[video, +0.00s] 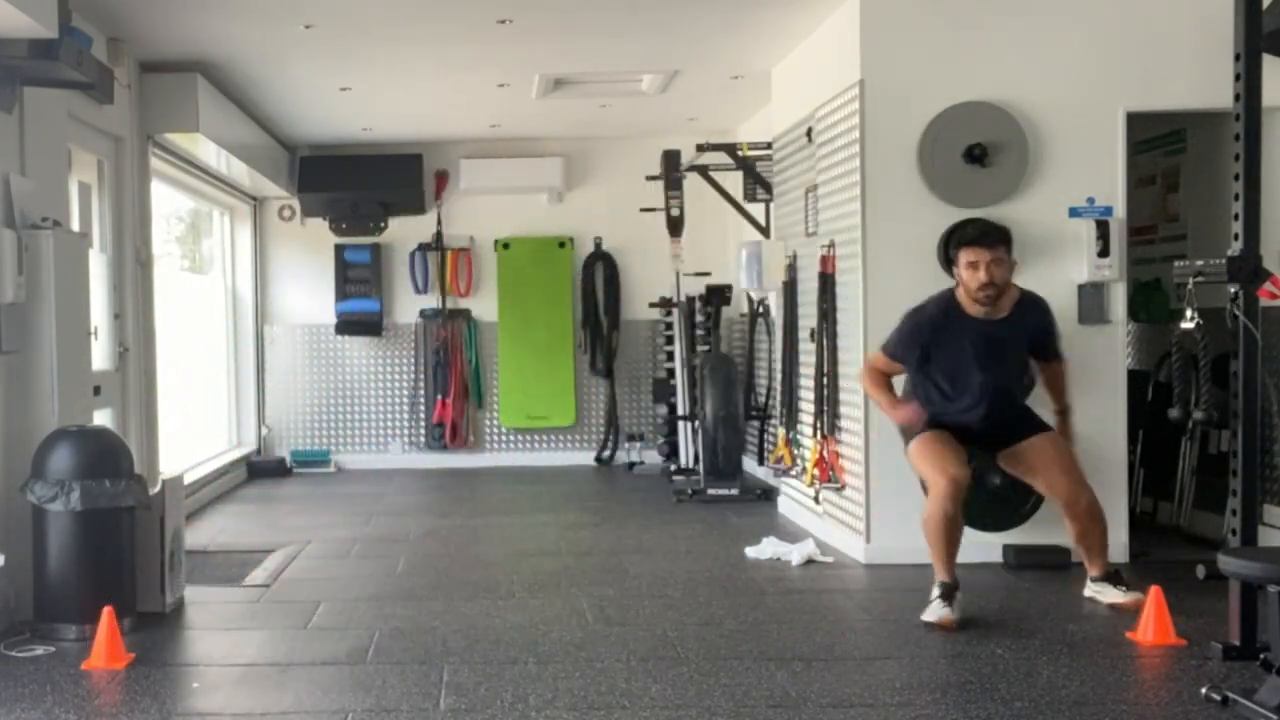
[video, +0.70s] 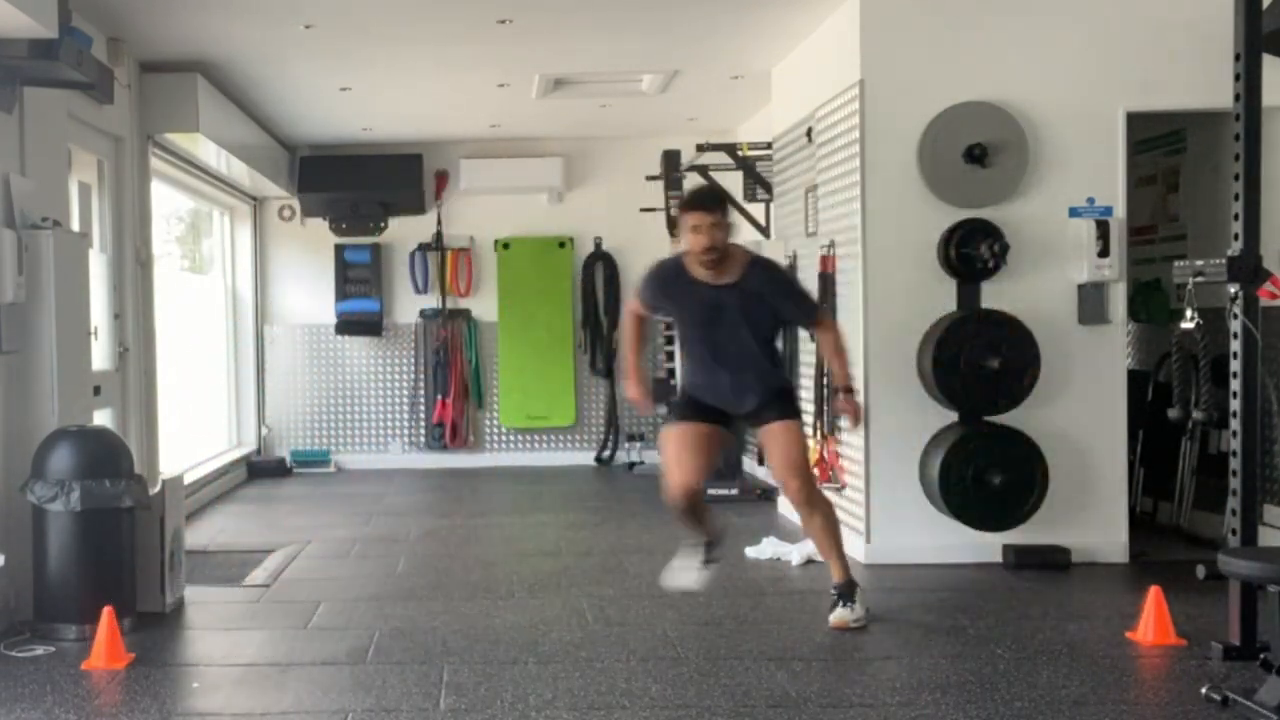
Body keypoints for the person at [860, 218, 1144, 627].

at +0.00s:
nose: (986, 277)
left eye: (995, 264)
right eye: (973, 267)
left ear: (1012, 265)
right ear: (955, 271)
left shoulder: (1032, 311)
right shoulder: (929, 318)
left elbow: (1051, 365)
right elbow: (874, 370)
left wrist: (1062, 413)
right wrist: (893, 407)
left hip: (1005, 418)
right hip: (936, 422)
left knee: (1076, 493)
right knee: (949, 480)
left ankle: (1099, 578)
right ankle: (944, 587)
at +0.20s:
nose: (973, 275)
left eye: (984, 263)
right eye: (960, 265)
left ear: (1002, 264)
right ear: (945, 269)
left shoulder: (1026, 304)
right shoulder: (919, 314)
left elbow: (1065, 345)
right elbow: (858, 359)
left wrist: (1090, 403)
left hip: (1007, 408)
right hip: (935, 415)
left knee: (1068, 485)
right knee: (961, 498)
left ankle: (1101, 575)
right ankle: (990, 560)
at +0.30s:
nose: (930, 265)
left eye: (941, 255)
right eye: (919, 255)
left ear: (960, 257)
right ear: (904, 258)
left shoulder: (983, 294)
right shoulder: (877, 305)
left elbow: (1014, 335)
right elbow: (811, 341)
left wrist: (1031, 377)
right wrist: (767, 392)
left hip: (985, 403)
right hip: (915, 421)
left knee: (1043, 489)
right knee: (945, 517)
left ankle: (1097, 562)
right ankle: (994, 565)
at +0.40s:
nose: (884, 259)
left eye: (893, 247)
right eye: (873, 249)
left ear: (909, 246)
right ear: (858, 251)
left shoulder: (939, 283)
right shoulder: (838, 298)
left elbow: (964, 320)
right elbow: (778, 328)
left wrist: (977, 361)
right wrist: (761, 337)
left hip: (941, 395)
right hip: (883, 415)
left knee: (966, 479)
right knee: (925, 510)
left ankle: (1020, 551)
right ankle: (993, 567)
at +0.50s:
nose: (838, 247)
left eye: (848, 235)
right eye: (827, 237)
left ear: (863, 234)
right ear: (812, 239)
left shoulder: (889, 276)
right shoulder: (792, 284)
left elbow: (926, 324)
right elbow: (723, 333)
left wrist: (947, 374)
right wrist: (760, 346)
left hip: (877, 383)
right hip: (826, 401)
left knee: (878, 467)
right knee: (891, 493)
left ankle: (885, 569)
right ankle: (976, 561)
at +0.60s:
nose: (782, 244)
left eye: (791, 231)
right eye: (771, 234)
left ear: (806, 230)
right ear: (757, 236)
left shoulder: (834, 279)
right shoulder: (737, 283)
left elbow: (881, 332)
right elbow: (689, 334)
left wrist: (912, 393)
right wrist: (713, 392)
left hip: (820, 394)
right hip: (762, 403)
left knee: (826, 486)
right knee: (803, 502)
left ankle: (847, 589)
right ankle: (864, 528)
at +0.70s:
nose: (706, 240)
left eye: (715, 229)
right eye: (695, 230)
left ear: (728, 228)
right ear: (680, 233)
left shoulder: (764, 276)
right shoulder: (665, 279)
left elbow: (822, 324)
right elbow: (635, 311)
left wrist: (843, 386)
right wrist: (633, 376)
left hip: (767, 395)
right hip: (701, 397)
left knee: (798, 488)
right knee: (680, 489)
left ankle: (843, 585)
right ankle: (707, 537)